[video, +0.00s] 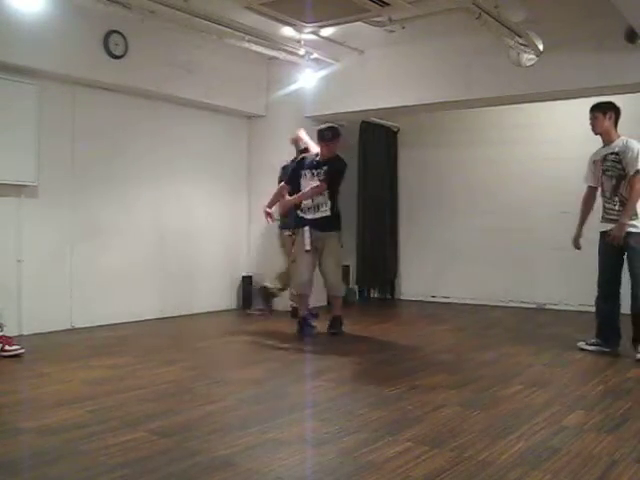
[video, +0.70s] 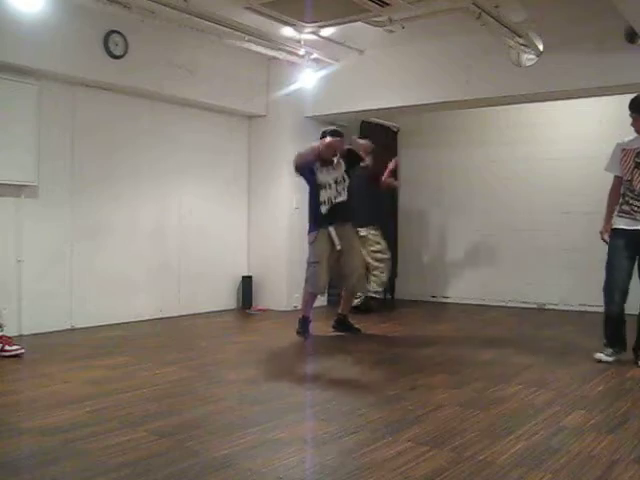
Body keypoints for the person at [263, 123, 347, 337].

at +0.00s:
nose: (329, 148)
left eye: (333, 144)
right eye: (326, 144)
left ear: (337, 143)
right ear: (319, 143)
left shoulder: (338, 164)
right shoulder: (302, 162)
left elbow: (321, 188)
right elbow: (285, 186)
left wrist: (292, 202)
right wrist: (269, 205)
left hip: (329, 228)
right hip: (305, 228)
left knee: (332, 276)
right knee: (302, 277)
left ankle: (337, 318)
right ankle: (303, 318)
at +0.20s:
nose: (319, 145)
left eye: (323, 141)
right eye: (316, 141)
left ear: (329, 143)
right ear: (310, 142)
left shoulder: (337, 167)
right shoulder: (300, 163)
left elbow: (339, 196)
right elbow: (291, 188)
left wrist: (315, 201)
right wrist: (283, 206)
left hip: (329, 232)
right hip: (302, 231)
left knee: (340, 279)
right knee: (295, 278)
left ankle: (337, 317)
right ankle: (301, 318)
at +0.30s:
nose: (313, 146)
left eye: (317, 142)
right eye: (311, 142)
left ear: (326, 145)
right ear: (306, 144)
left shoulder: (338, 170)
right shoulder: (296, 170)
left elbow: (352, 199)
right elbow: (292, 197)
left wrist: (334, 209)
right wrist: (290, 216)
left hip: (332, 234)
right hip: (305, 233)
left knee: (345, 279)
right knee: (298, 279)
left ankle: (338, 317)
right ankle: (302, 318)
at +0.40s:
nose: (316, 152)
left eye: (321, 148)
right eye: (313, 147)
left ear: (327, 150)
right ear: (306, 148)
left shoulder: (340, 172)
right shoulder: (296, 179)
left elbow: (360, 194)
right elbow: (288, 211)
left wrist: (359, 221)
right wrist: (301, 229)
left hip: (339, 239)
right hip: (311, 240)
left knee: (352, 284)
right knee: (303, 285)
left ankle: (340, 318)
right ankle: (303, 320)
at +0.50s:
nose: (319, 157)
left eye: (324, 153)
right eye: (316, 152)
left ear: (329, 154)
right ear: (309, 151)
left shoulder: (341, 171)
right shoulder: (299, 179)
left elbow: (367, 182)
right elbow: (292, 206)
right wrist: (307, 210)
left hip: (344, 238)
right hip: (316, 240)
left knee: (356, 280)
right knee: (309, 283)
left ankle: (342, 319)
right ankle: (304, 321)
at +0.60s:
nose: (330, 160)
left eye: (333, 156)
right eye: (327, 156)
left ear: (338, 153)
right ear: (317, 152)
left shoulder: (343, 163)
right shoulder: (305, 170)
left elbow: (370, 160)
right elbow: (297, 186)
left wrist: (379, 170)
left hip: (345, 231)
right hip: (320, 234)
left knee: (359, 275)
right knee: (315, 280)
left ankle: (341, 318)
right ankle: (304, 320)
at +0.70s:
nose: (333, 152)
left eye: (336, 148)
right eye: (330, 147)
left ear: (341, 148)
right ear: (322, 147)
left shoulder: (345, 162)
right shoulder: (311, 167)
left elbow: (368, 148)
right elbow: (299, 161)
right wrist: (319, 147)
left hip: (345, 224)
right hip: (321, 227)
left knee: (356, 270)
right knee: (316, 276)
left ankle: (342, 318)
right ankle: (305, 319)